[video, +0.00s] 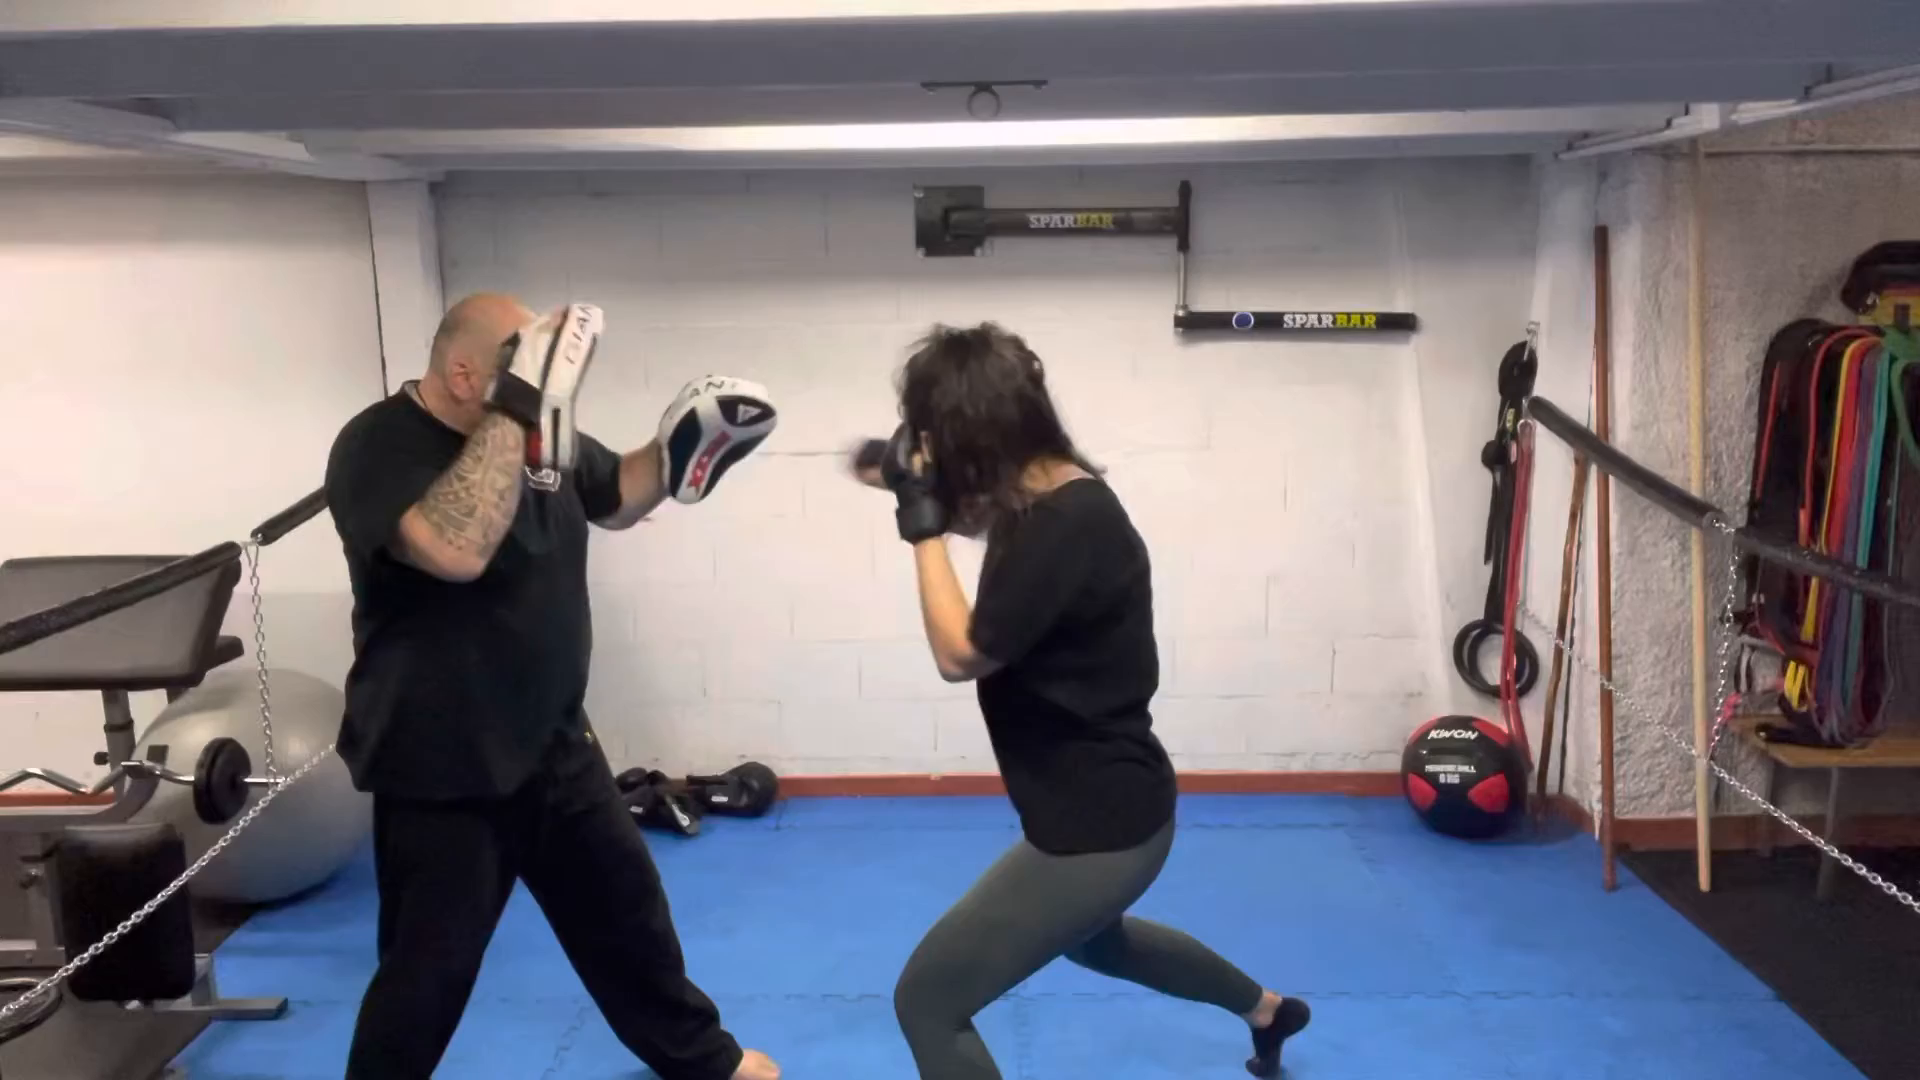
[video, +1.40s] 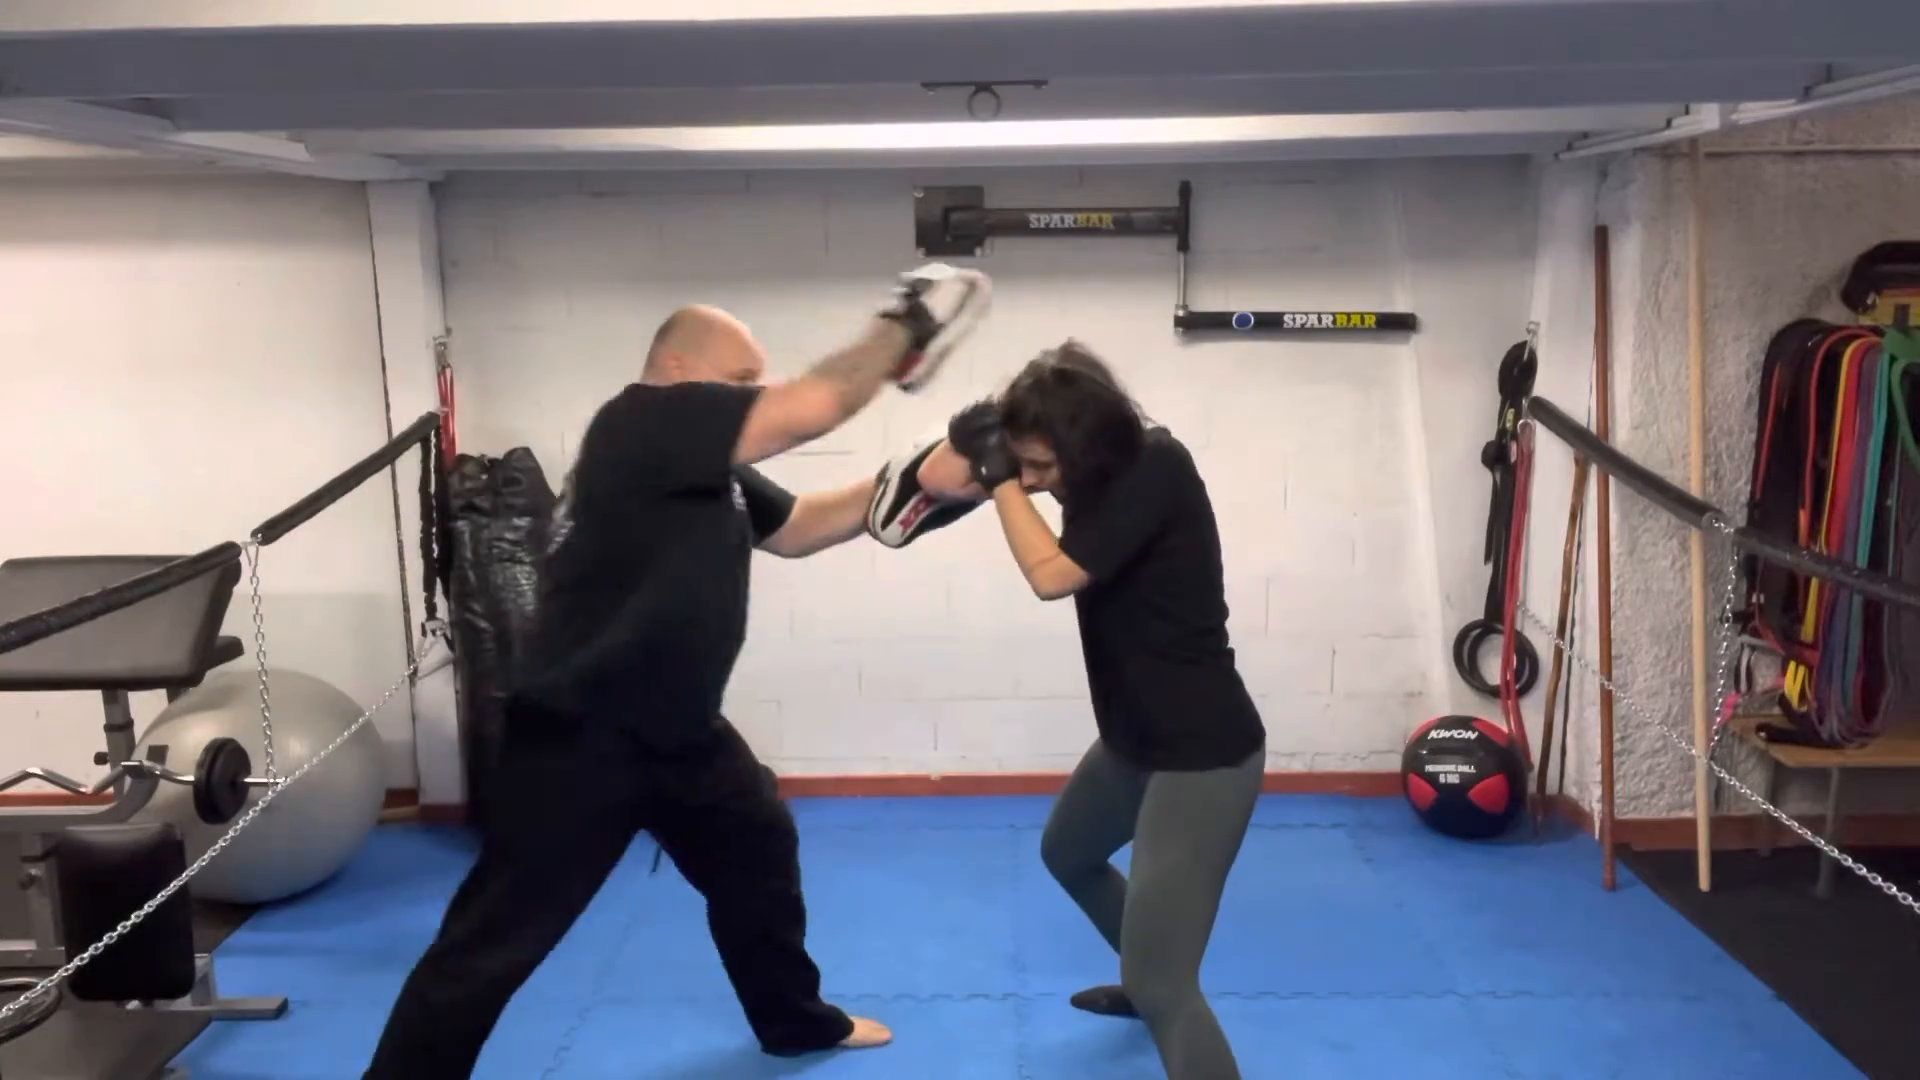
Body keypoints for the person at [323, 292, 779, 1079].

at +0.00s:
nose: (520, 386)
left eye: (525, 373)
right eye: (507, 372)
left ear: (512, 377)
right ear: (458, 373)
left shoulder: (530, 435)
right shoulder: (374, 446)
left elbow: (613, 490)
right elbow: (455, 546)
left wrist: (683, 444)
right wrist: (512, 412)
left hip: (549, 745)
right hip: (437, 766)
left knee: (624, 911)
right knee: (427, 972)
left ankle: (703, 1058)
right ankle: (379, 1077)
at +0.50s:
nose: (573, 409)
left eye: (577, 393)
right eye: (562, 390)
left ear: (498, 380)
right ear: (497, 379)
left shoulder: (527, 458)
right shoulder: (398, 475)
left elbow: (565, 568)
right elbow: (501, 612)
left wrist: (635, 564)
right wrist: (589, 495)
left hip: (572, 753)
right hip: (457, 782)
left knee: (652, 871)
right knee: (444, 980)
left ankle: (694, 1052)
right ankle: (388, 1075)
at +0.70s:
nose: (573, 381)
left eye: (593, 372)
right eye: (557, 359)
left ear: (607, 391)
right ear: (513, 357)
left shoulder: (607, 440)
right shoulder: (417, 444)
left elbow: (621, 504)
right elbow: (439, 563)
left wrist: (693, 553)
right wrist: (517, 429)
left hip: (626, 750)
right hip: (487, 768)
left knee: (700, 897)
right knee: (438, 968)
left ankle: (705, 1050)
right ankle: (387, 1076)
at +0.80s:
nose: (631, 392)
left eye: (635, 373)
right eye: (617, 373)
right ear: (552, 366)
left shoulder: (649, 434)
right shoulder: (441, 429)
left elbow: (714, 474)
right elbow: (394, 535)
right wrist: (498, 414)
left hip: (634, 749)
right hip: (492, 761)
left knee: (700, 895)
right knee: (438, 949)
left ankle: (705, 1052)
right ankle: (388, 1073)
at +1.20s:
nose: (671, 399)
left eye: (677, 380)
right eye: (652, 380)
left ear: (681, 383)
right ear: (600, 379)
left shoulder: (683, 454)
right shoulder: (497, 425)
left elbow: (778, 497)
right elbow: (472, 481)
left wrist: (899, 472)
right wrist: (591, 374)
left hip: (640, 740)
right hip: (503, 760)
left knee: (735, 868)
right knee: (441, 967)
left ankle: (758, 1024)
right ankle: (393, 1071)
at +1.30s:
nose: (702, 388)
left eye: (709, 376)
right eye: (686, 366)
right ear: (629, 367)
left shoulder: (697, 467)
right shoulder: (553, 427)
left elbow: (788, 511)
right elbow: (664, 433)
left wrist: (905, 481)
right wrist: (750, 333)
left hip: (647, 738)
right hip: (530, 746)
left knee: (734, 866)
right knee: (457, 960)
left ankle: (792, 1023)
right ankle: (394, 1070)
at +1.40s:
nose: (756, 402)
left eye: (758, 388)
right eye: (742, 386)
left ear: (683, 371)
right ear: (678, 373)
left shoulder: (716, 470)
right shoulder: (636, 427)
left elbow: (795, 525)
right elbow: (811, 402)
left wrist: (909, 485)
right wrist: (905, 328)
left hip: (678, 731)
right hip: (578, 733)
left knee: (755, 845)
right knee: (492, 942)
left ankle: (792, 1020)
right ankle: (403, 1074)